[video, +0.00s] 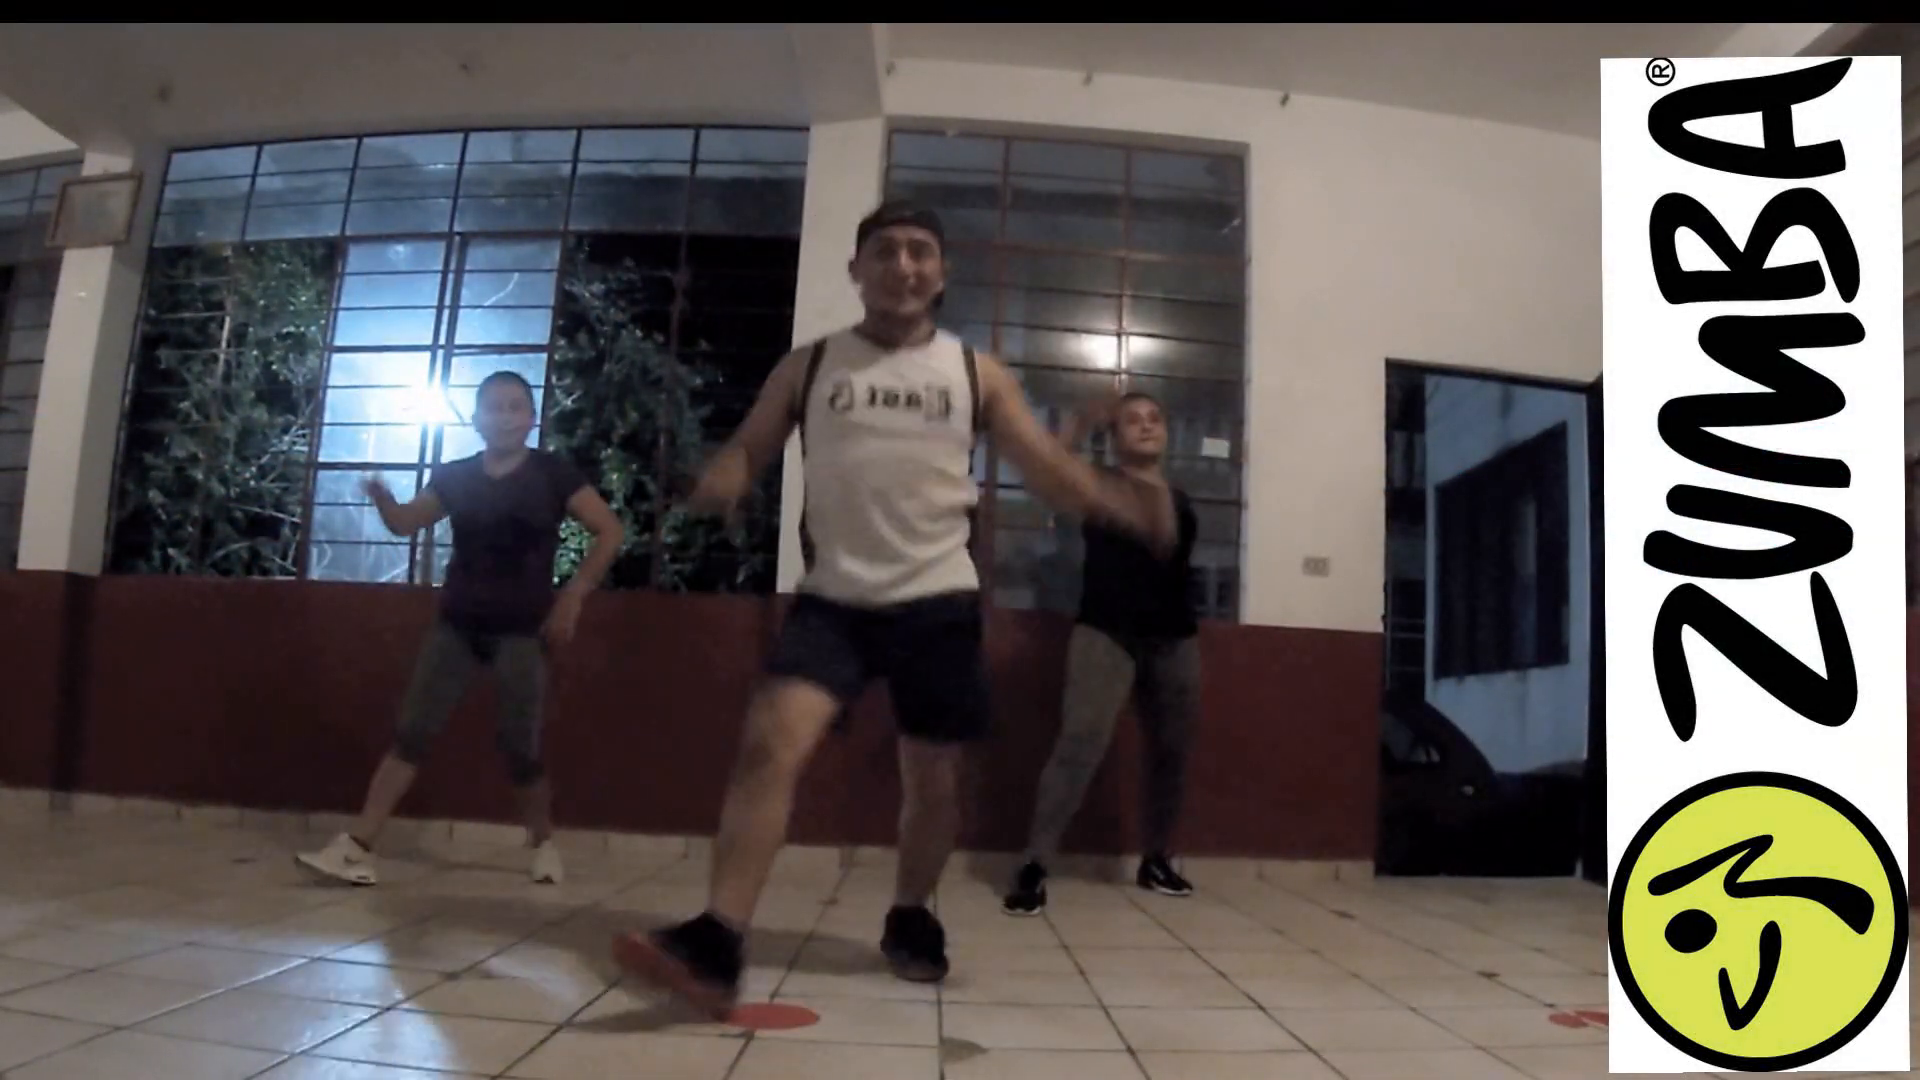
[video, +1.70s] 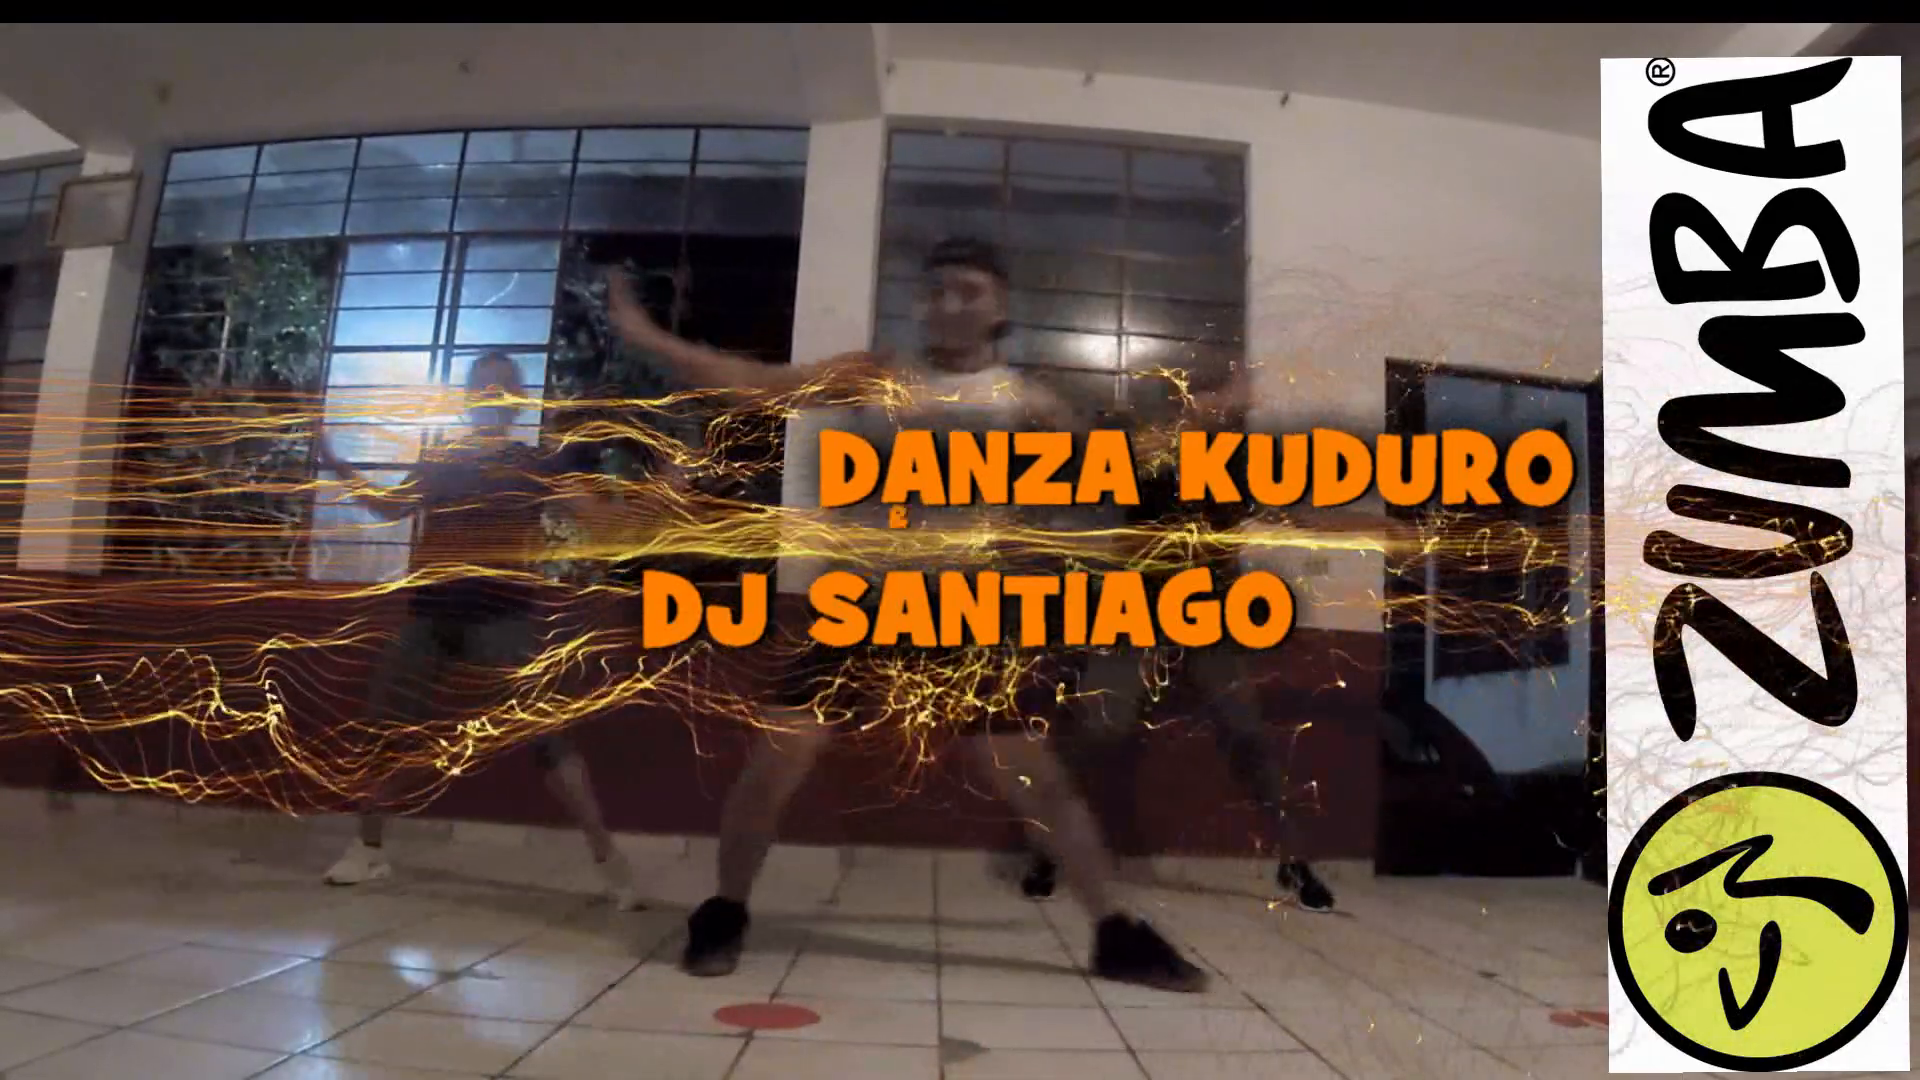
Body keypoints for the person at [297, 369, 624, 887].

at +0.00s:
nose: (506, 416)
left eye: (516, 407)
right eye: (495, 407)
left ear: (531, 416)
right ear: (478, 417)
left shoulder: (554, 473)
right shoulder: (455, 476)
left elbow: (611, 533)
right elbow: (403, 523)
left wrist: (571, 599)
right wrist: (383, 500)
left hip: (521, 629)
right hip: (457, 624)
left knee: (523, 748)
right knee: (411, 735)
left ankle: (541, 845)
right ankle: (357, 844)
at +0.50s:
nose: (514, 416)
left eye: (522, 408)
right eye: (505, 408)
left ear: (537, 413)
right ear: (486, 412)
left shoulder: (552, 462)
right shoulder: (458, 461)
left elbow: (595, 529)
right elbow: (395, 519)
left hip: (526, 607)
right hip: (462, 606)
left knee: (541, 727)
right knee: (437, 729)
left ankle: (571, 848)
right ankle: (445, 847)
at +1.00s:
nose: (601, 399)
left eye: (611, 389)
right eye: (591, 389)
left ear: (629, 396)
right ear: (572, 396)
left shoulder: (650, 455)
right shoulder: (553, 448)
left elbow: (685, 518)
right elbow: (484, 511)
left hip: (626, 612)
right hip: (554, 610)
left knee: (633, 740)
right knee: (520, 731)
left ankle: (649, 867)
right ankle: (515, 850)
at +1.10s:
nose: (610, 386)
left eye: (620, 377)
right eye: (599, 376)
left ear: (637, 389)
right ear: (580, 385)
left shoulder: (657, 447)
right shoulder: (560, 442)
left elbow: (692, 510)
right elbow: (527, 513)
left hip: (638, 606)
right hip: (568, 605)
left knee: (642, 735)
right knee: (570, 731)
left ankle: (648, 866)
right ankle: (580, 856)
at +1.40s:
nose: (590, 428)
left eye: (600, 417)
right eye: (579, 417)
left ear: (620, 424)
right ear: (564, 424)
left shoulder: (644, 486)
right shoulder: (540, 485)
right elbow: (462, 519)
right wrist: (490, 457)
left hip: (619, 629)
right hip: (546, 626)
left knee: (624, 746)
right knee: (487, 730)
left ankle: (650, 868)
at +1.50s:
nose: (559, 418)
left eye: (571, 407)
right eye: (550, 407)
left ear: (594, 414)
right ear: (538, 412)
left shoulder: (622, 473)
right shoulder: (516, 467)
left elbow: (688, 509)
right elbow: (435, 491)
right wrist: (423, 463)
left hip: (592, 630)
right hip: (517, 624)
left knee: (601, 745)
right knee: (442, 726)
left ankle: (646, 866)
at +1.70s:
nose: (489, 401)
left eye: (500, 392)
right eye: (481, 391)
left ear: (517, 400)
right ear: (466, 396)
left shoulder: (532, 462)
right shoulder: (442, 456)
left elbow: (596, 512)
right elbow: (391, 506)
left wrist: (657, 495)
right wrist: (335, 462)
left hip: (505, 609)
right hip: (432, 607)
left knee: (547, 730)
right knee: (388, 714)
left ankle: (607, 858)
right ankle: (369, 848)